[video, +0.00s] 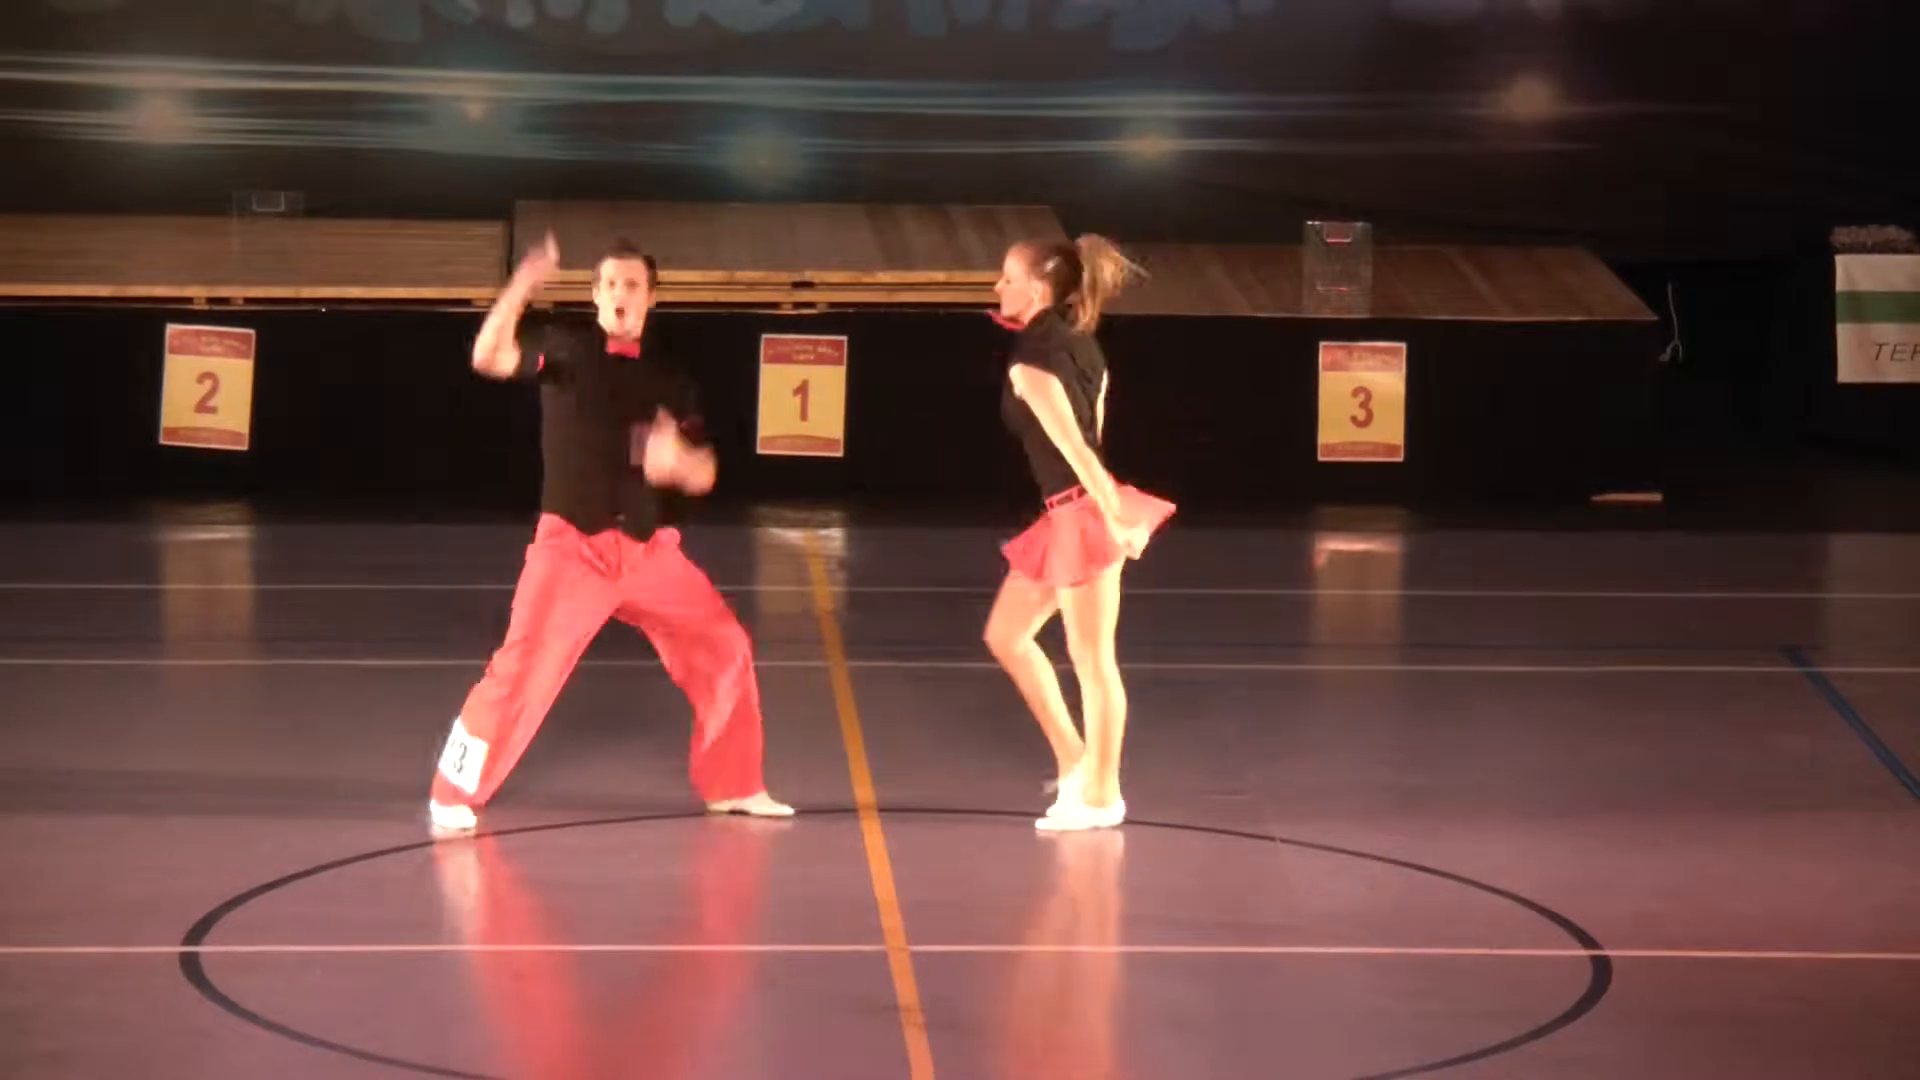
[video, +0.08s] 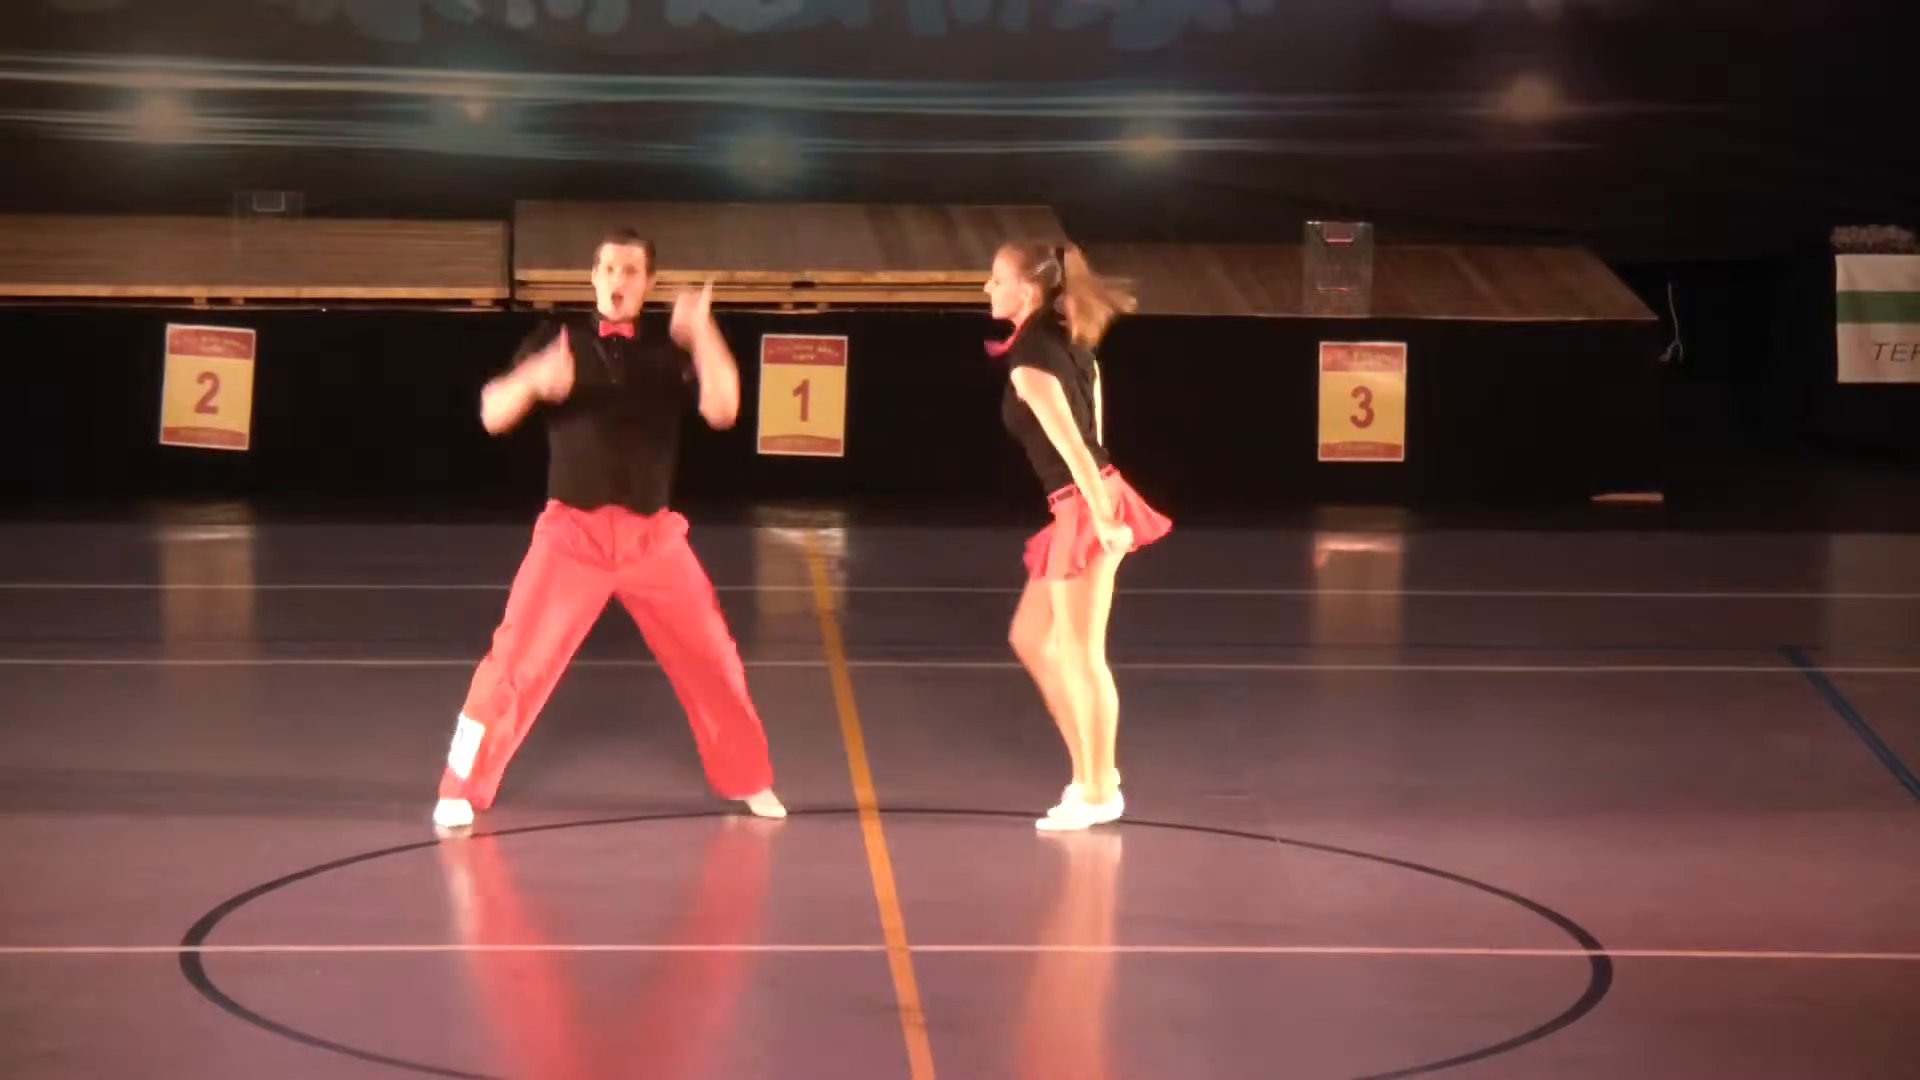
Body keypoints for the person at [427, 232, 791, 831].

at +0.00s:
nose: (621, 295)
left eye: (632, 284)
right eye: (611, 284)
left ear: (652, 297)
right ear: (594, 295)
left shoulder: (667, 375)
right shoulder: (564, 348)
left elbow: (705, 473)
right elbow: (488, 358)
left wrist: (678, 461)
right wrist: (521, 284)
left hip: (651, 553)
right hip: (570, 549)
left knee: (726, 647)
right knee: (525, 666)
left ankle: (733, 786)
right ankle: (453, 795)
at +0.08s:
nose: (618, 281)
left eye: (631, 271)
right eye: (609, 269)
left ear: (649, 281)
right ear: (592, 277)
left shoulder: (673, 350)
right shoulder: (561, 346)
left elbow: (723, 411)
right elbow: (492, 415)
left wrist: (702, 334)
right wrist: (533, 378)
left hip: (656, 537)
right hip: (570, 535)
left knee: (713, 658)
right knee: (518, 658)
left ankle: (748, 781)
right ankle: (461, 793)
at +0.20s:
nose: (610, 290)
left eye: (622, 280)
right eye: (601, 278)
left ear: (641, 291)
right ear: (586, 286)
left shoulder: (663, 347)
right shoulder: (565, 367)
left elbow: (742, 354)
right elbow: (552, 449)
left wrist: (715, 272)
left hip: (652, 541)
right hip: (575, 542)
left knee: (702, 662)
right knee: (507, 659)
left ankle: (771, 778)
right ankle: (496, 798)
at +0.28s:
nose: (607, 298)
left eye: (619, 287)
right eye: (598, 285)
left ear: (641, 297)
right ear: (583, 292)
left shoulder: (669, 361)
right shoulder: (561, 376)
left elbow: (752, 401)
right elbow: (551, 455)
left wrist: (702, 345)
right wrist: (561, 478)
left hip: (661, 554)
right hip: (577, 554)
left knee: (712, 675)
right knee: (503, 666)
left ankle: (777, 779)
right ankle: (497, 794)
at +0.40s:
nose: (618, 281)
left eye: (629, 269)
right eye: (607, 269)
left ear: (650, 277)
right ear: (593, 277)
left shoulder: (677, 347)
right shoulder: (565, 344)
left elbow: (724, 430)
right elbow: (525, 421)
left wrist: (699, 465)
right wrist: (540, 342)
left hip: (665, 529)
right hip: (584, 530)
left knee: (725, 648)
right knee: (541, 658)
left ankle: (751, 779)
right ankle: (470, 789)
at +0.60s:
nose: (616, 292)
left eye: (628, 280)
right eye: (606, 280)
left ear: (647, 287)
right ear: (591, 286)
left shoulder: (672, 362)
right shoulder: (561, 353)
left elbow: (707, 464)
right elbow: (513, 441)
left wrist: (690, 428)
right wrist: (555, 391)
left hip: (665, 544)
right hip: (583, 541)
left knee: (736, 651)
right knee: (533, 665)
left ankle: (733, 784)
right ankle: (454, 789)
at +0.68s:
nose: (608, 277)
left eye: (620, 265)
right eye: (598, 265)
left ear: (641, 273)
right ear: (584, 272)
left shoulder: (673, 341)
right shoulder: (558, 346)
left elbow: (723, 411)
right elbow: (527, 437)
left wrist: (709, 336)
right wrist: (543, 435)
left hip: (662, 526)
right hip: (578, 526)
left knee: (719, 650)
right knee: (529, 651)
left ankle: (746, 782)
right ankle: (469, 788)